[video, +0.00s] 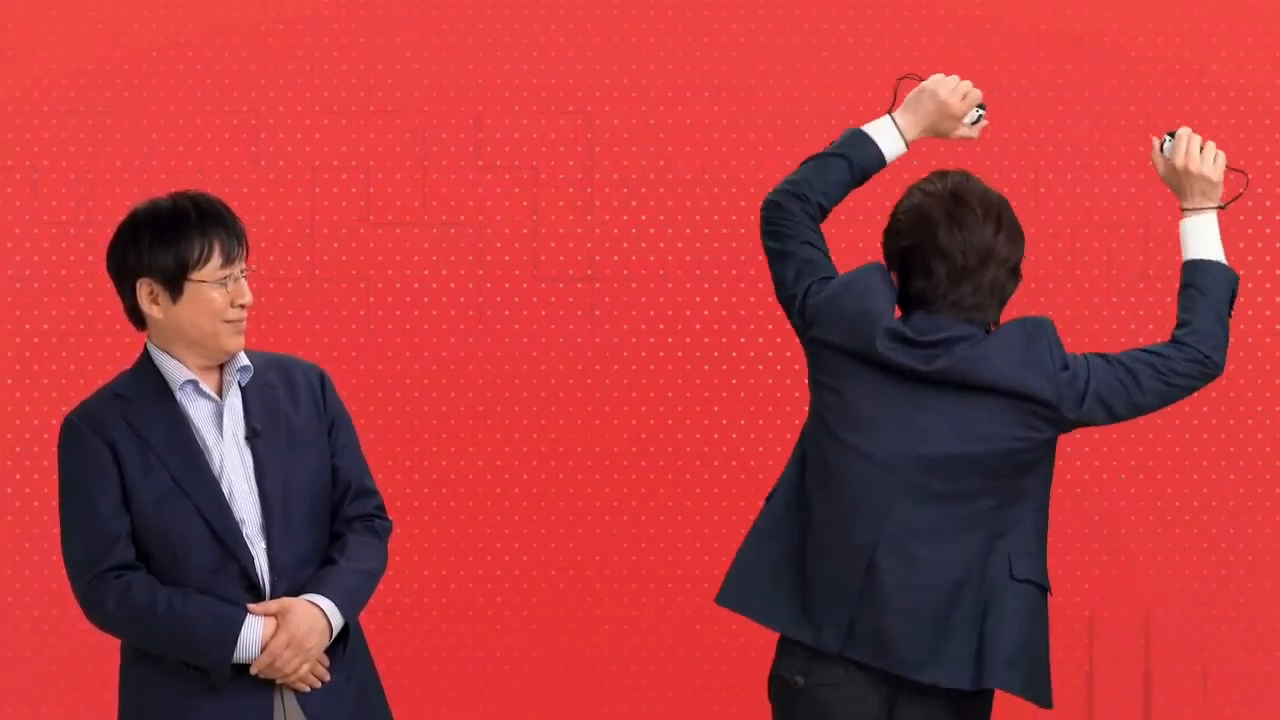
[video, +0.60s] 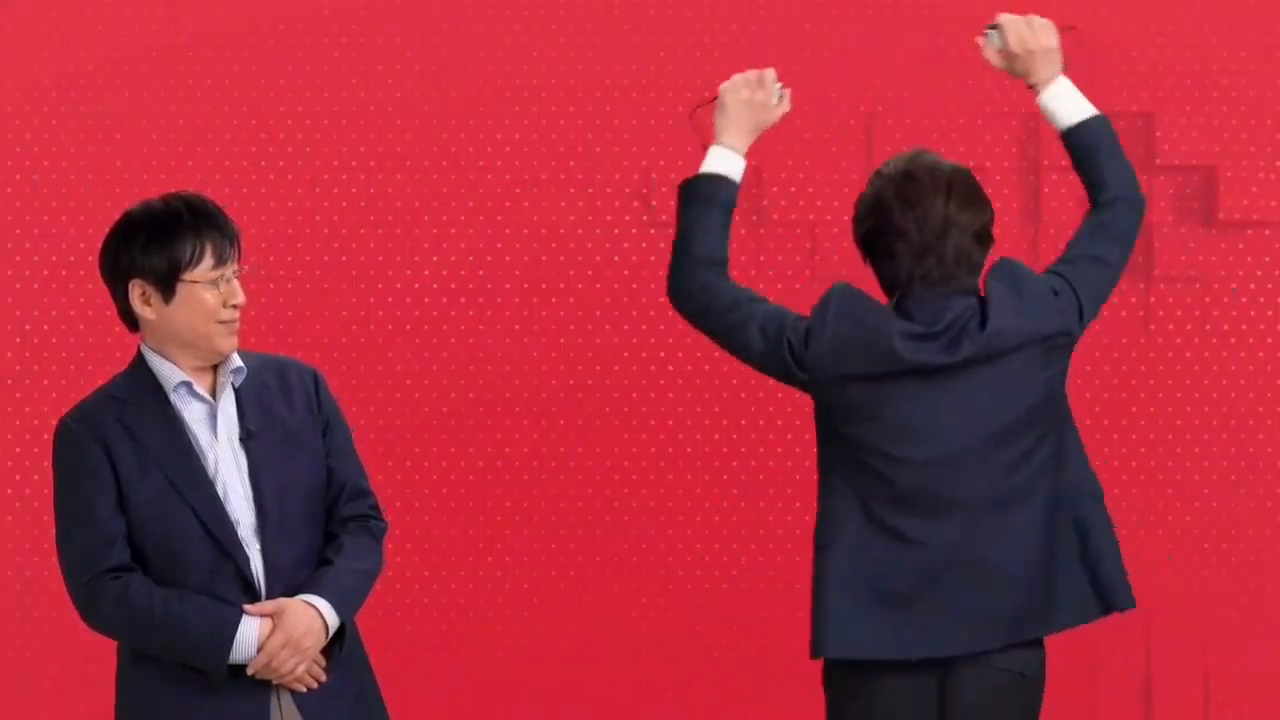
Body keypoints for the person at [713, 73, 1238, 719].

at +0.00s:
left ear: (895, 272)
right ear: (1008, 282)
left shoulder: (842, 332)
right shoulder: (1040, 380)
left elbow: (789, 209)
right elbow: (1197, 355)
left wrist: (903, 123)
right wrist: (1201, 209)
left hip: (821, 668)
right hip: (950, 685)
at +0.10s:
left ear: (901, 263)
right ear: (1007, 292)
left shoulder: (847, 325)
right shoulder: (1032, 399)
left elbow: (809, 187)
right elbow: (1197, 384)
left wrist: (930, 113)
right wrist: (1221, 240)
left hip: (801, 667)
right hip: (927, 691)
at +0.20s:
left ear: (894, 251)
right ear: (1003, 273)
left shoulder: (839, 317)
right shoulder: (1036, 376)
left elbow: (767, 186)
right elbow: (1189, 323)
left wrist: (861, 91)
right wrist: (1182, 172)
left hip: (814, 661)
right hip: (940, 679)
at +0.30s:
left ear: (887, 255)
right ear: (999, 251)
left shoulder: (834, 330)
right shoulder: (1041, 337)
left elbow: (701, 249)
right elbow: (1140, 226)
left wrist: (740, 118)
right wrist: (1062, 100)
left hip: (839, 660)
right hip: (966, 663)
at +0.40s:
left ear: (873, 275)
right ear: (985, 258)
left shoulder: (837, 381)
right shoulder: (1030, 334)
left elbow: (676, 360)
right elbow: (1047, 192)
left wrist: (660, 219)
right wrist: (929, 116)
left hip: (884, 689)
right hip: (1009, 678)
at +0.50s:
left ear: (873, 274)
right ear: (981, 255)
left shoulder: (841, 379)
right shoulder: (1029, 325)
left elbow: (678, 360)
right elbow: (1045, 183)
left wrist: (667, 221)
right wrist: (934, 94)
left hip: (892, 687)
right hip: (1016, 672)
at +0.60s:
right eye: (985, 232)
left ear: (874, 260)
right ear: (985, 248)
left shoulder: (835, 349)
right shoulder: (1037, 324)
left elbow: (696, 284)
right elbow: (1120, 202)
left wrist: (728, 144)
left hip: (875, 662)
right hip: (1004, 656)